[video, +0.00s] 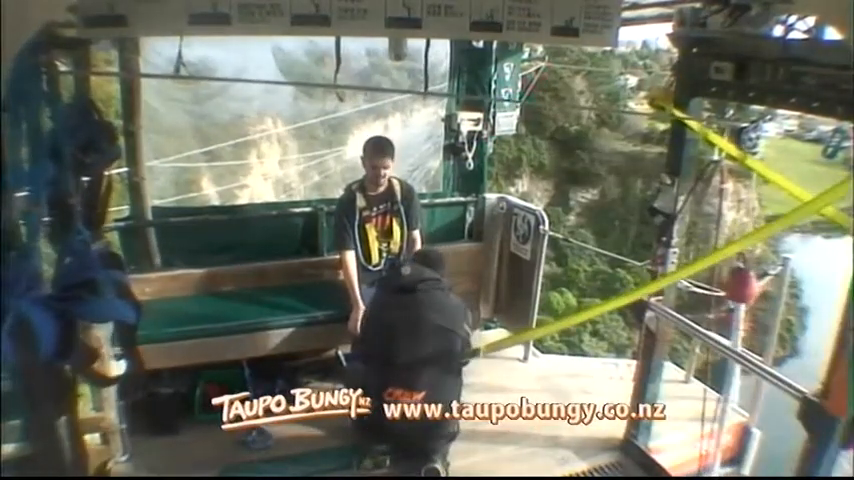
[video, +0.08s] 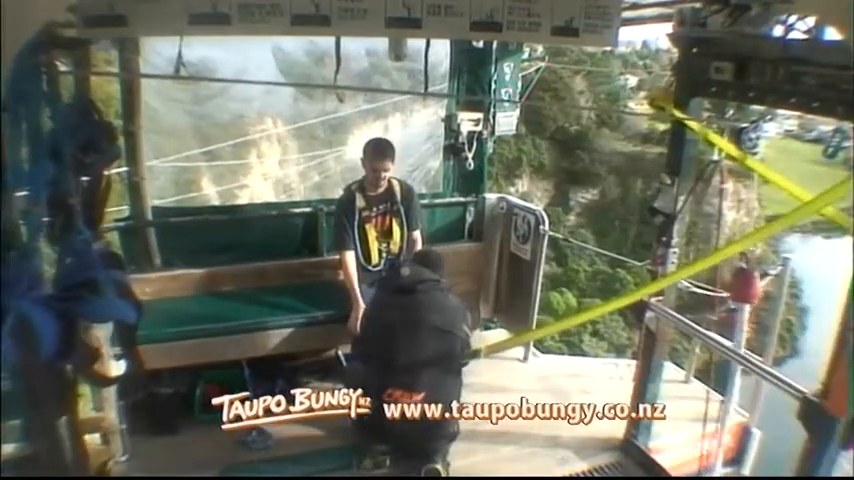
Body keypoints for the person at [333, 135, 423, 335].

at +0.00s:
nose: (381, 174)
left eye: (386, 168)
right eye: (374, 168)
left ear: (393, 164)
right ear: (363, 163)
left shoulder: (405, 193)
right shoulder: (349, 201)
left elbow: (414, 239)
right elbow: (347, 254)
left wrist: (410, 276)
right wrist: (357, 304)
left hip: (399, 279)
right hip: (365, 281)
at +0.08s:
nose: (381, 177)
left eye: (386, 170)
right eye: (375, 171)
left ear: (393, 166)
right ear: (363, 165)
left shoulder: (405, 193)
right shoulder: (348, 201)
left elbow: (415, 239)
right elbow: (347, 254)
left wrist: (412, 278)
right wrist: (357, 302)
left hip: (398, 278)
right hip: (365, 280)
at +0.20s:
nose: (382, 180)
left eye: (387, 174)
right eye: (376, 174)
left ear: (394, 170)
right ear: (364, 168)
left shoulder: (405, 196)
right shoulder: (348, 201)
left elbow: (416, 242)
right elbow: (347, 254)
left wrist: (420, 286)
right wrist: (359, 303)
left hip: (398, 277)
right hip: (364, 278)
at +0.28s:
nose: (383, 184)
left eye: (388, 178)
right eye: (376, 178)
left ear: (395, 173)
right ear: (365, 171)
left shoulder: (404, 199)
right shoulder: (348, 202)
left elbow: (416, 245)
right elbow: (347, 254)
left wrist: (415, 289)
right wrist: (360, 303)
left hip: (398, 280)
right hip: (364, 280)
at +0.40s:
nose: (384, 188)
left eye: (390, 182)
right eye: (378, 182)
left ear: (396, 177)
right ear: (366, 174)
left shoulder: (403, 202)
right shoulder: (348, 203)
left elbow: (412, 250)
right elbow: (347, 254)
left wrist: (413, 295)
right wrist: (359, 304)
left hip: (395, 277)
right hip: (362, 277)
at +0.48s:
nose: (383, 190)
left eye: (388, 184)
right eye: (377, 184)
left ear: (396, 178)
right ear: (365, 175)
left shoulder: (403, 201)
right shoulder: (348, 203)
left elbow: (413, 249)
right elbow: (346, 256)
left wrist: (415, 294)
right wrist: (358, 306)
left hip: (396, 278)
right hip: (362, 278)